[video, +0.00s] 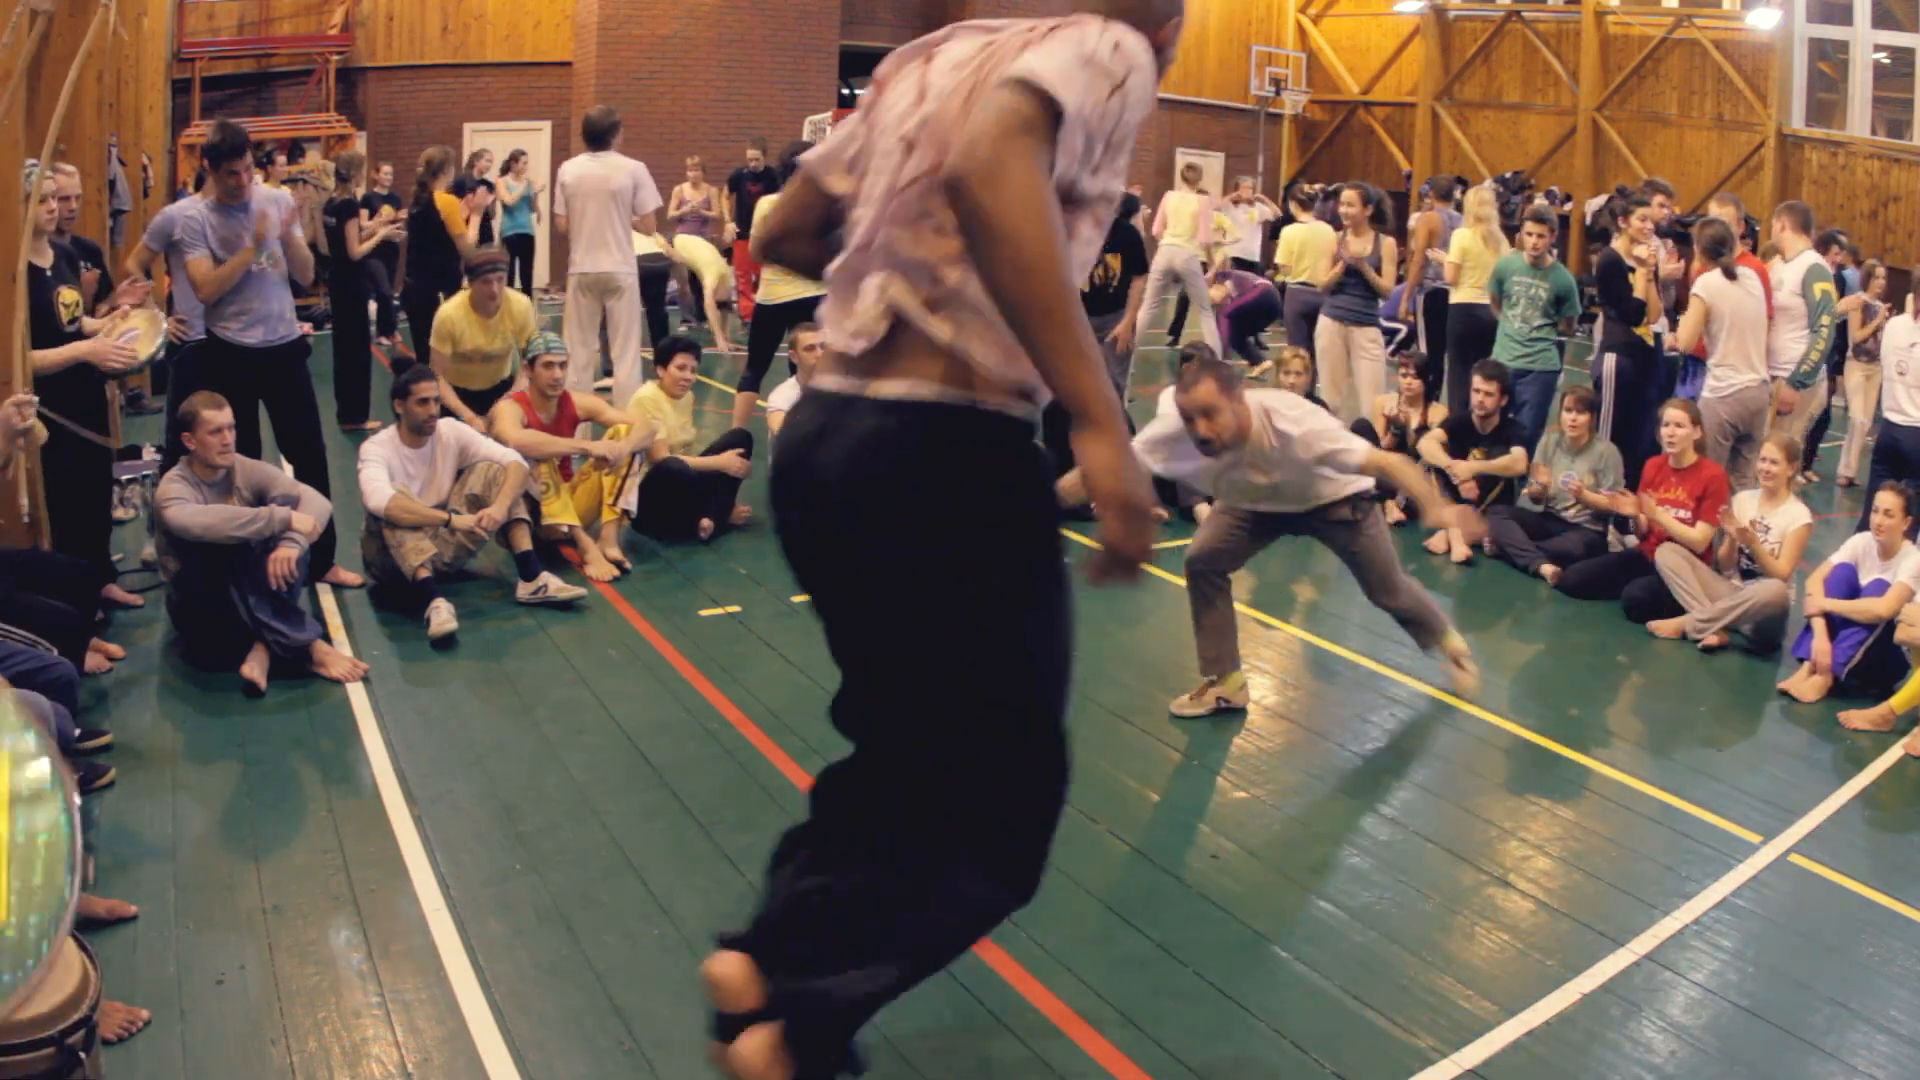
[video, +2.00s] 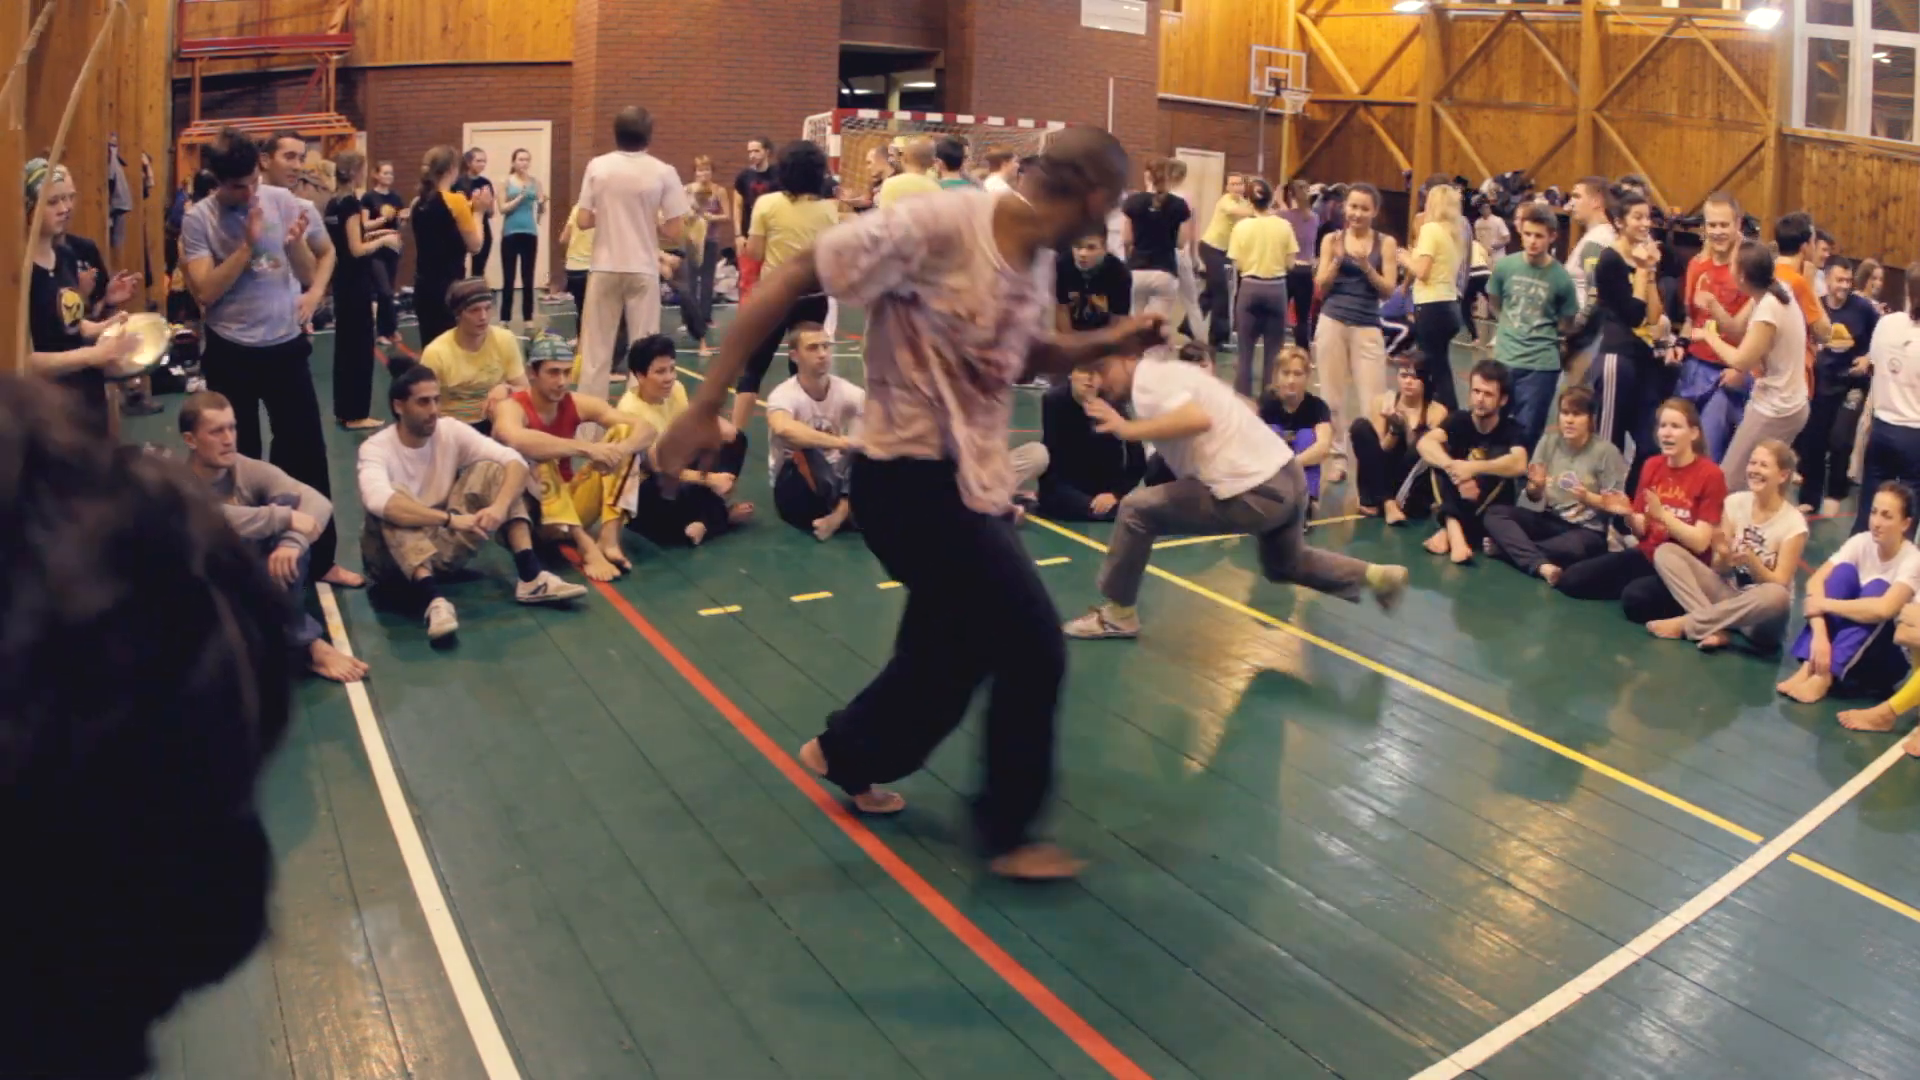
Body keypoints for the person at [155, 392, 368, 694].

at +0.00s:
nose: (228, 440)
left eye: (231, 429)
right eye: (215, 432)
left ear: (237, 429)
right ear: (189, 441)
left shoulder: (245, 469)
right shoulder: (174, 487)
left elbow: (316, 502)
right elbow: (190, 523)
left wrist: (292, 544)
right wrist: (283, 518)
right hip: (208, 612)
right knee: (214, 544)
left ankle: (264, 645)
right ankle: (310, 645)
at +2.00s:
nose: (229, 439)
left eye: (232, 428)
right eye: (216, 432)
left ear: (237, 428)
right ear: (190, 440)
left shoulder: (247, 469)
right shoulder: (179, 487)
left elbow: (317, 501)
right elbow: (213, 520)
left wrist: (291, 545)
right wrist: (284, 517)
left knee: (288, 503)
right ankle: (311, 642)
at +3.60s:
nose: (228, 440)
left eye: (230, 429)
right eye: (215, 433)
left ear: (236, 429)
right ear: (189, 440)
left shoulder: (247, 469)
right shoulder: (175, 486)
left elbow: (316, 501)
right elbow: (190, 523)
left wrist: (292, 543)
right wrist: (283, 517)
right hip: (210, 615)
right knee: (212, 547)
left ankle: (263, 645)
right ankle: (310, 645)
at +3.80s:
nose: (228, 440)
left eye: (230, 430)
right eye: (215, 434)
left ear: (236, 429)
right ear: (189, 440)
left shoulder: (247, 469)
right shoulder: (174, 486)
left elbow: (316, 501)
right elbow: (190, 523)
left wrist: (292, 543)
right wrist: (283, 517)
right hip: (210, 614)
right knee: (211, 548)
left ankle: (263, 645)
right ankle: (310, 645)